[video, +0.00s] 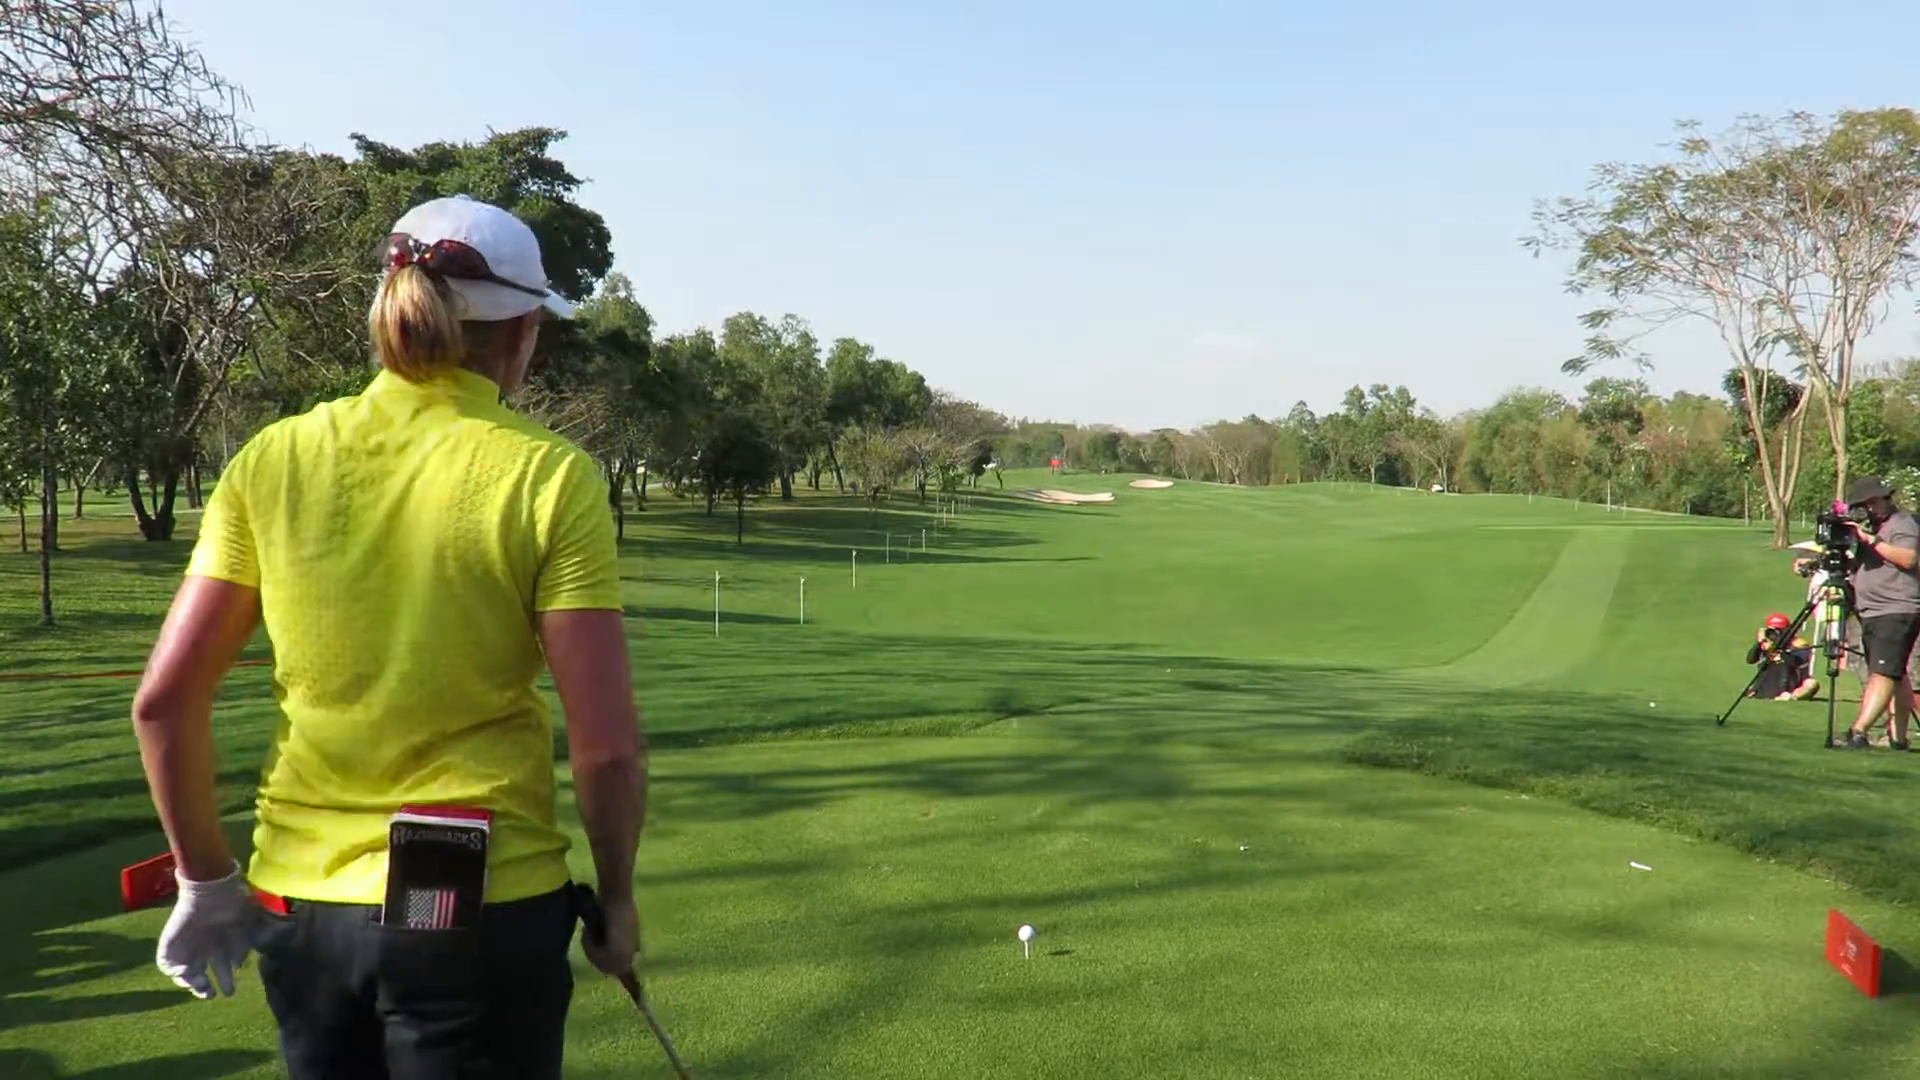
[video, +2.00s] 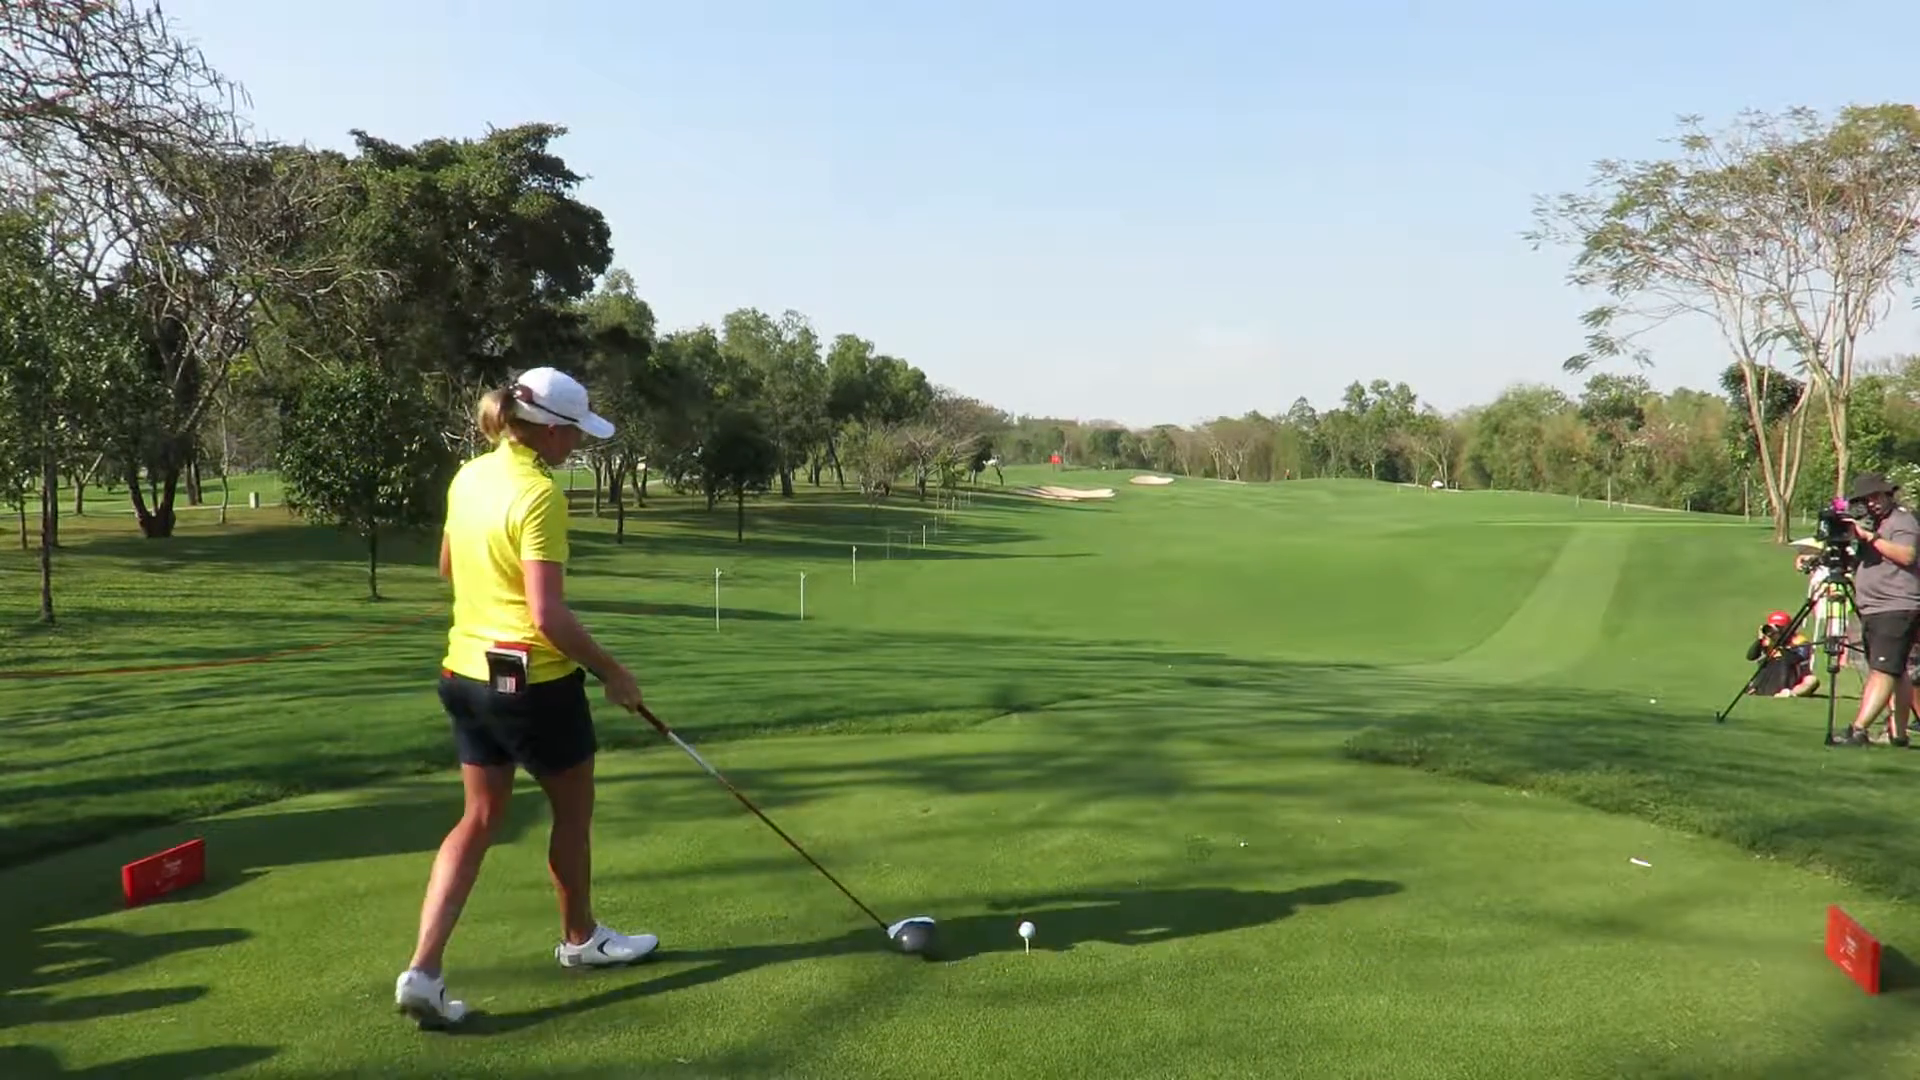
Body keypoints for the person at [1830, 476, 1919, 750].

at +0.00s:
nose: (1869, 510)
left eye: (1872, 503)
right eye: (1865, 506)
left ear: (1885, 500)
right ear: (1863, 508)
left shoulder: (1902, 524)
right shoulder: (1871, 530)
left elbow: (1909, 559)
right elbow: (1862, 569)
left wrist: (1870, 540)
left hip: (1898, 610)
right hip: (1873, 611)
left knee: (1883, 671)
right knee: (1894, 676)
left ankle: (1858, 730)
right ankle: (1899, 738)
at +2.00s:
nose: (1871, 505)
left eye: (1876, 499)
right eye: (1866, 501)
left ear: (1888, 496)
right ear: (1863, 503)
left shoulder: (1902, 521)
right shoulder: (1873, 525)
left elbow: (1907, 556)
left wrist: (1870, 538)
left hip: (1897, 607)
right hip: (1874, 607)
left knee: (1883, 668)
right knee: (1894, 672)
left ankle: (1858, 728)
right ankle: (1898, 732)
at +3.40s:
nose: (1866, 466)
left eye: (1869, 459)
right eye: (1863, 462)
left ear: (1884, 456)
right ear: (1864, 463)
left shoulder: (1899, 480)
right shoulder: (1877, 484)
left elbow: (1899, 515)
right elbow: (1866, 520)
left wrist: (1861, 497)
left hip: (1895, 566)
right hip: (1875, 567)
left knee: (1880, 628)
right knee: (1894, 631)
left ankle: (1855, 688)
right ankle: (1896, 691)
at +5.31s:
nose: (1862, 448)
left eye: (1865, 441)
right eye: (1858, 444)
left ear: (1880, 437)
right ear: (1859, 445)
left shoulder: (1894, 461)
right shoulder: (1876, 465)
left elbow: (1887, 497)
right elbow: (1865, 497)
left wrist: (1848, 483)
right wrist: (1841, 481)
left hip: (1896, 544)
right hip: (1878, 545)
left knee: (1867, 599)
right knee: (1893, 611)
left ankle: (1874, 666)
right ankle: (1896, 673)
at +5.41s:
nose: (1862, 449)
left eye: (1865, 441)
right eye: (1858, 444)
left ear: (1879, 437)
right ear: (1860, 444)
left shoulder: (1895, 460)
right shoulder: (1878, 464)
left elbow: (1886, 496)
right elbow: (1863, 503)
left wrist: (1847, 483)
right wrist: (1841, 485)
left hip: (1896, 545)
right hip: (1881, 545)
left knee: (1874, 604)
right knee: (1889, 609)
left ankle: (1890, 666)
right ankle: (1894, 665)